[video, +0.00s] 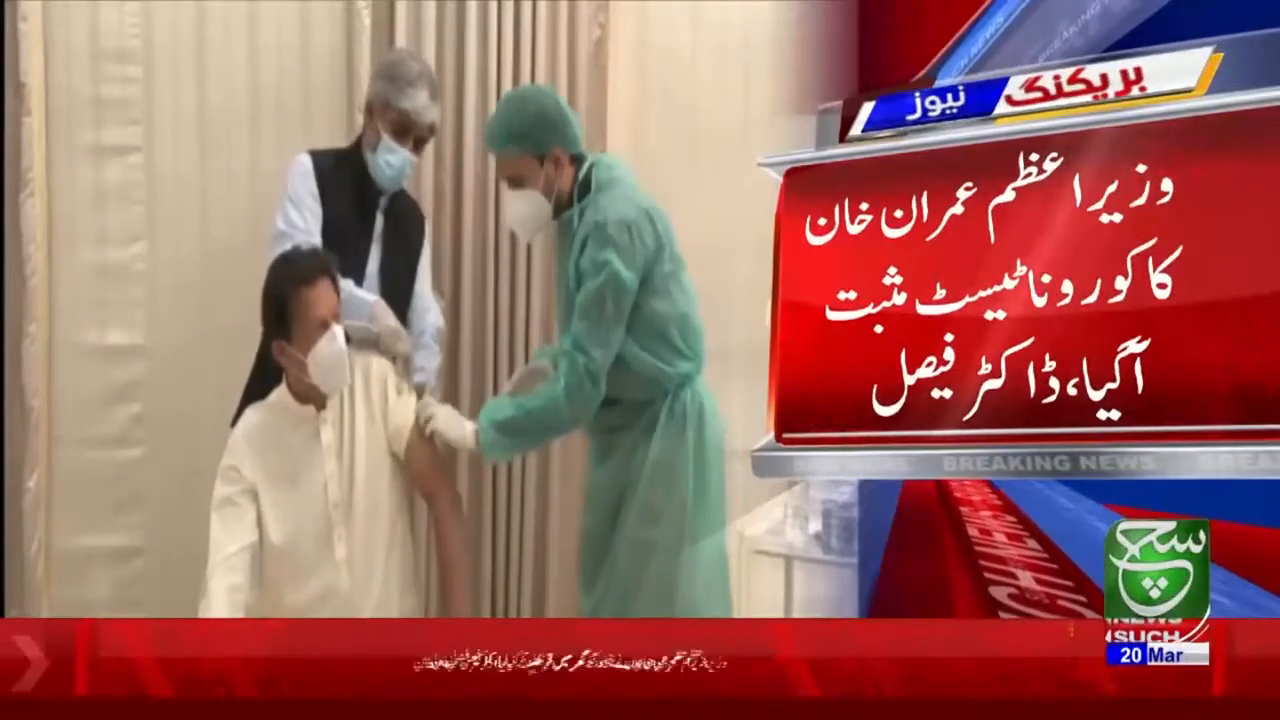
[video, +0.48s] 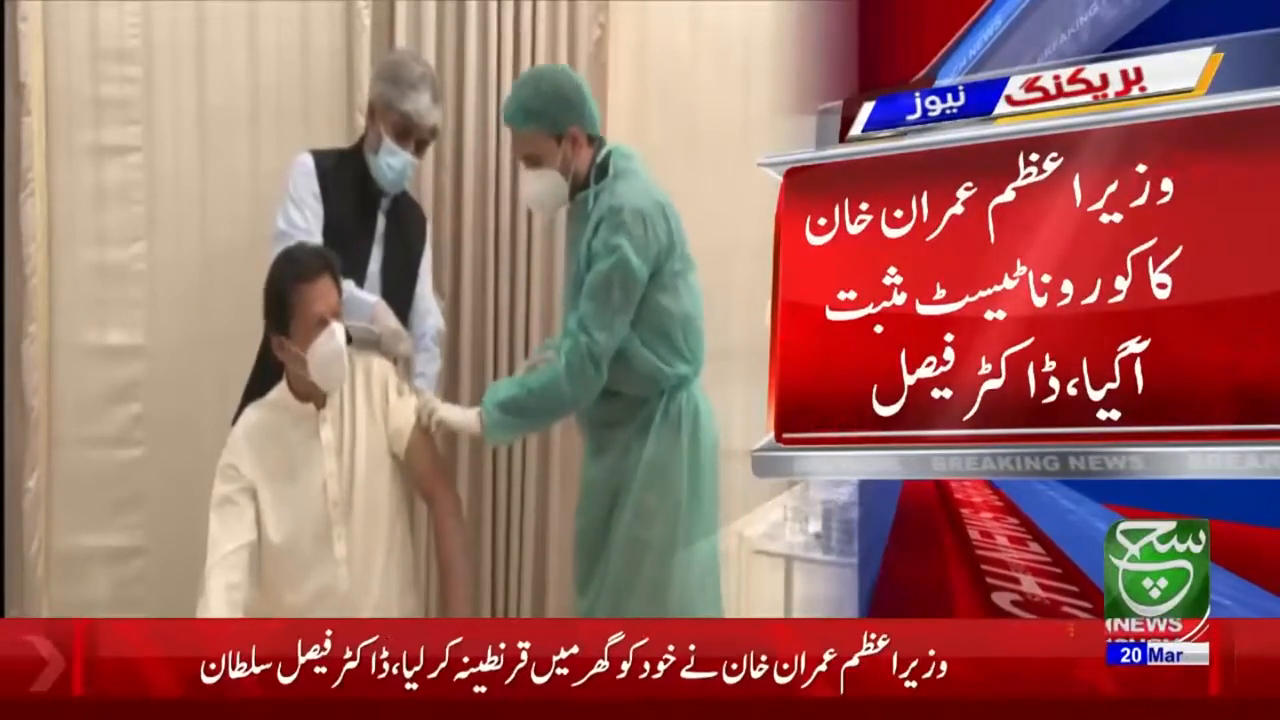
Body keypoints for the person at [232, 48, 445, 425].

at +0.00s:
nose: (406, 152)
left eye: (419, 142)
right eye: (398, 133)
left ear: (429, 143)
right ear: (370, 115)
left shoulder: (411, 218)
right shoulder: (313, 172)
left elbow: (424, 316)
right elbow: (294, 269)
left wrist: (417, 392)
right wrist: (372, 311)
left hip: (372, 390)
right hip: (298, 376)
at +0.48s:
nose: (407, 155)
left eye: (421, 145)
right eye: (399, 136)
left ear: (430, 145)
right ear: (371, 118)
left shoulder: (412, 218)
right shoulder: (314, 172)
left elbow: (425, 321)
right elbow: (296, 269)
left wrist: (419, 403)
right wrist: (371, 312)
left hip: (372, 391)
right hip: (297, 377)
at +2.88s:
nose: (351, 82)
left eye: (365, 65)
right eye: (335, 61)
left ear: (379, 67)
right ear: (300, 53)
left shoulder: (378, 177)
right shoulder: (244, 134)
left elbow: (396, 315)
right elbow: (234, 258)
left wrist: (377, 405)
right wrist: (335, 305)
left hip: (336, 404)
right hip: (240, 389)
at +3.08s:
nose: (351, 82)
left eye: (366, 67)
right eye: (336, 62)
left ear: (380, 68)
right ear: (300, 53)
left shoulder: (379, 179)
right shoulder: (244, 134)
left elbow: (396, 315)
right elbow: (234, 259)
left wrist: (377, 400)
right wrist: (335, 306)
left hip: (337, 406)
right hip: (241, 390)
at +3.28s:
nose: (352, 83)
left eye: (366, 67)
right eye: (337, 62)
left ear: (381, 68)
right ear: (301, 53)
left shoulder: (379, 179)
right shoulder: (244, 135)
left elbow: (396, 316)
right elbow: (235, 260)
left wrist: (378, 400)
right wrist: (335, 306)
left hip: (337, 406)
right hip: (241, 390)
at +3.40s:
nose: (352, 84)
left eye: (367, 67)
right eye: (337, 63)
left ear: (381, 68)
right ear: (301, 53)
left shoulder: (379, 179)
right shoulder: (245, 135)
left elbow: (396, 316)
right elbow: (234, 260)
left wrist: (378, 400)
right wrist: (335, 306)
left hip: (337, 406)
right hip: (240, 390)